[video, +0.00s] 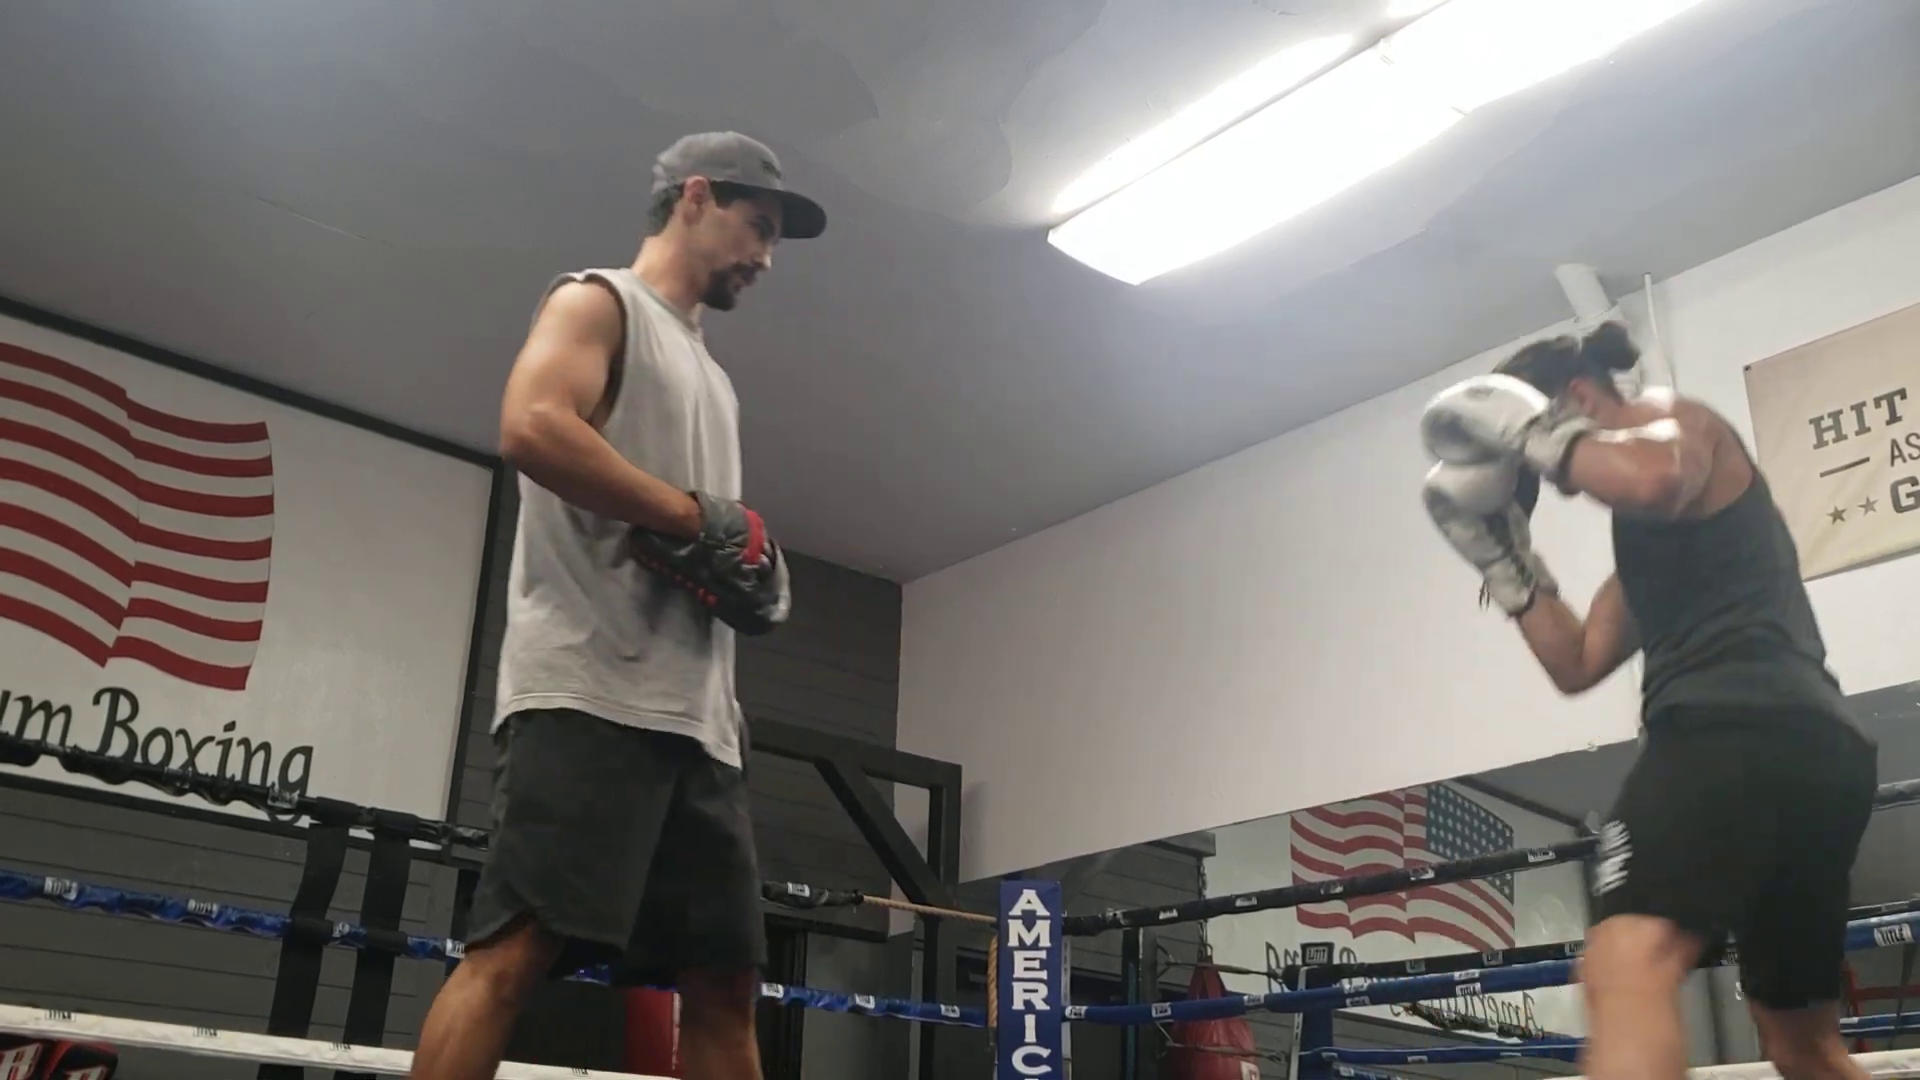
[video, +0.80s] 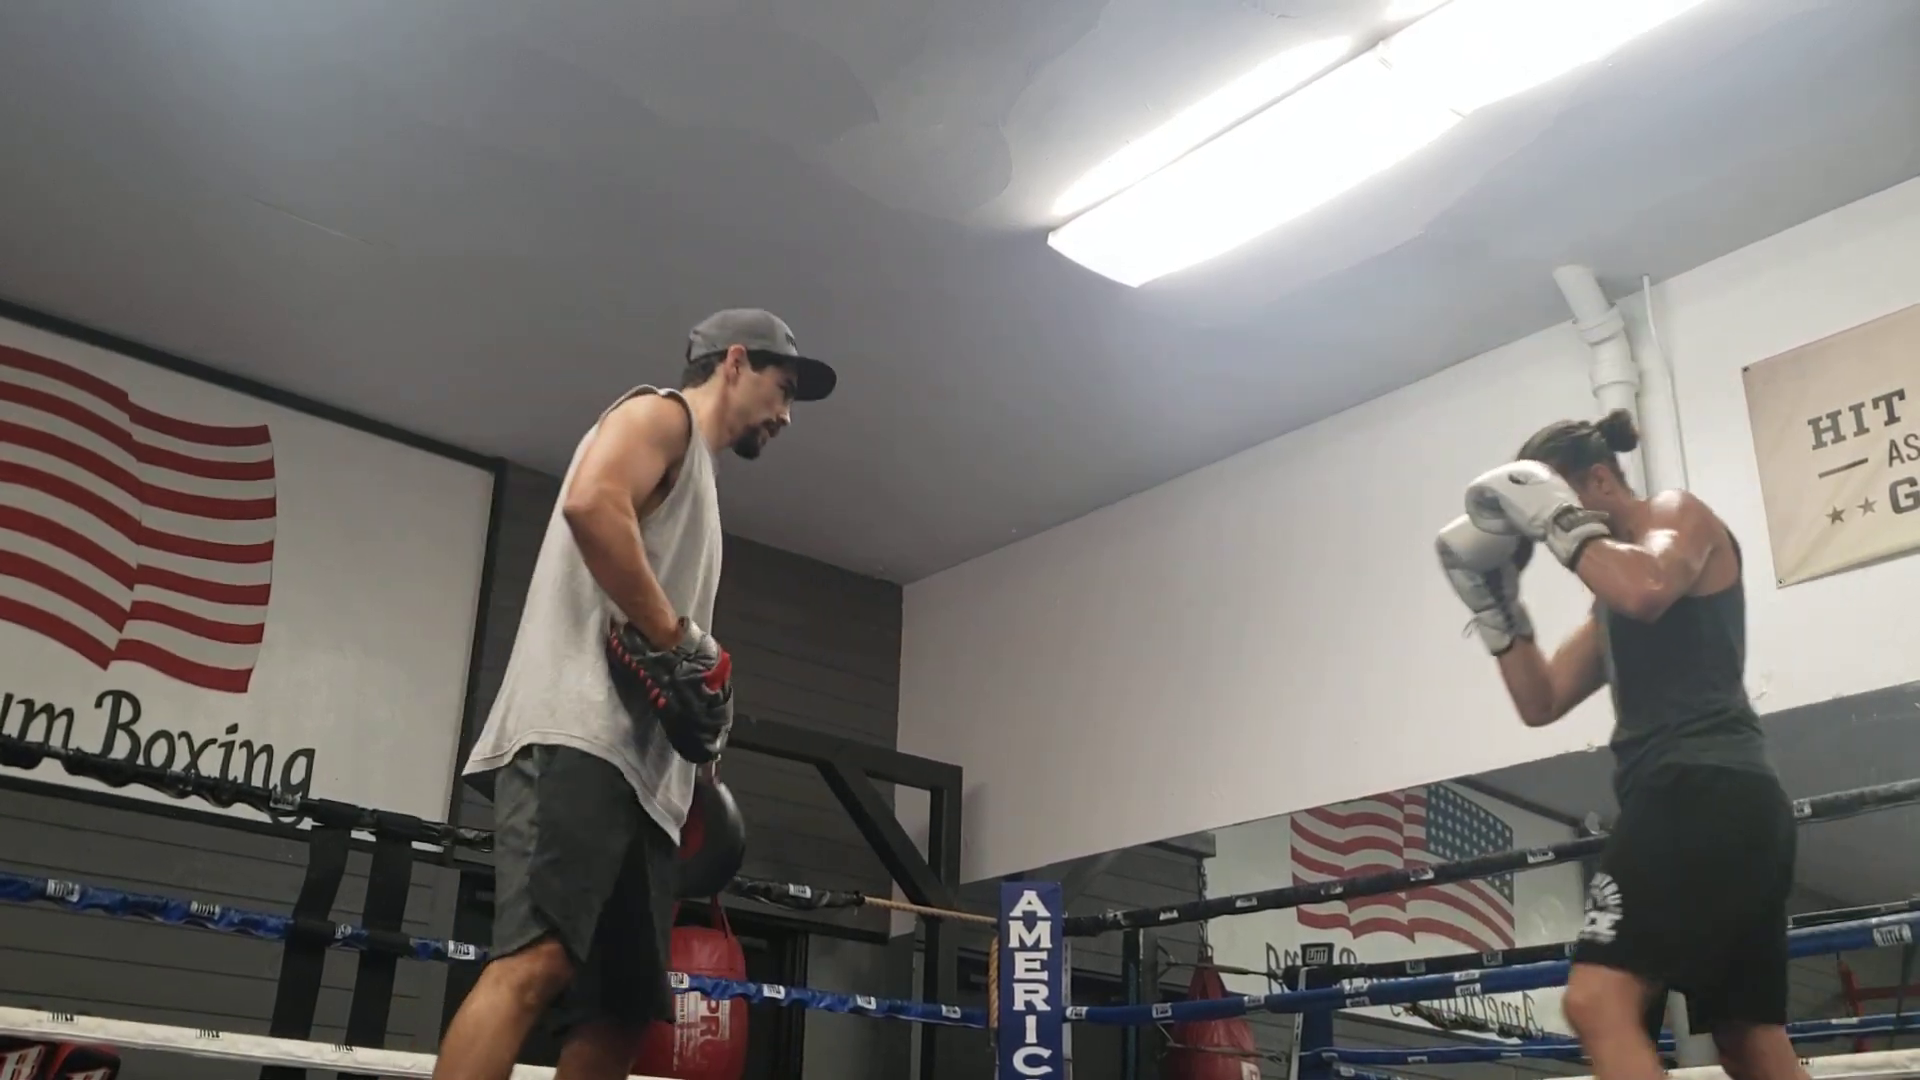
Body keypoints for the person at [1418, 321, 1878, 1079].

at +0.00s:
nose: (1557, 435)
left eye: (1551, 417)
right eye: (1545, 426)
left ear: (1582, 390)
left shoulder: (1676, 416)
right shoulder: (1647, 530)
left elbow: (1658, 482)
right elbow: (1574, 665)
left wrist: (1533, 435)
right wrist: (1503, 558)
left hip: (1729, 726)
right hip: (1820, 739)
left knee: (1625, 964)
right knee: (1804, 1038)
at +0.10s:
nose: (1577, 390)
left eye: (1574, 371)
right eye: (1568, 383)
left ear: (1605, 347)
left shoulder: (1697, 372)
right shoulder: (1674, 490)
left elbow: (1655, 432)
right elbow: (1591, 615)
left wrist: (1546, 379)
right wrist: (1519, 508)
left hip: (1762, 687)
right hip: (1829, 700)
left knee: (1685, 934)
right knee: (1819, 1004)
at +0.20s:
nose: (1607, 391)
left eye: (1603, 369)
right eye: (1595, 385)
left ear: (1637, 345)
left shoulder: (1720, 377)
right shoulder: (1703, 486)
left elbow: (1660, 439)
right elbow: (1634, 629)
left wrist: (1564, 381)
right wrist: (1557, 522)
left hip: (1790, 692)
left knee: (1773, 972)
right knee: (1808, 984)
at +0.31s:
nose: (1625, 454)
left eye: (1623, 432)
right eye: (1613, 442)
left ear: (1663, 401)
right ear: (1657, 413)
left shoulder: (1748, 428)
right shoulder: (1717, 519)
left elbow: (1677, 506)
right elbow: (1685, 693)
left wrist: (1586, 449)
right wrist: (1609, 590)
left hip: (1824, 750)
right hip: (1772, 770)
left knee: (1872, 1025)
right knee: (1805, 1034)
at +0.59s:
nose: (1610, 527)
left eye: (1612, 506)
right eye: (1600, 512)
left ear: (1656, 477)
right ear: (1653, 479)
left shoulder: (1724, 512)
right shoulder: (1687, 577)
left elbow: (1685, 594)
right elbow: (1645, 725)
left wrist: (1595, 526)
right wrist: (1590, 625)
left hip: (1759, 795)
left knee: (1758, 1027)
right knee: (1754, 1052)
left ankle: (1895, 1069)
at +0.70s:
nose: (1589, 518)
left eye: (1589, 496)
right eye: (1578, 505)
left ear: (1633, 474)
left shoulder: (1706, 508)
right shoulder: (1658, 596)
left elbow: (1663, 586)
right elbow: (1583, 703)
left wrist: (1578, 516)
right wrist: (1539, 604)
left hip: (1730, 787)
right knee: (1759, 1040)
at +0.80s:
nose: (1561, 523)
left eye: (1562, 501)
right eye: (1549, 510)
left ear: (1603, 478)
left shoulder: (1679, 514)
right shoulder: (1618, 601)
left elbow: (1645, 591)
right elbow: (1540, 701)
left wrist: (1555, 518)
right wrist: (1492, 601)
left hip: (1696, 791)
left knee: (1599, 1002)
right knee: (1753, 1039)